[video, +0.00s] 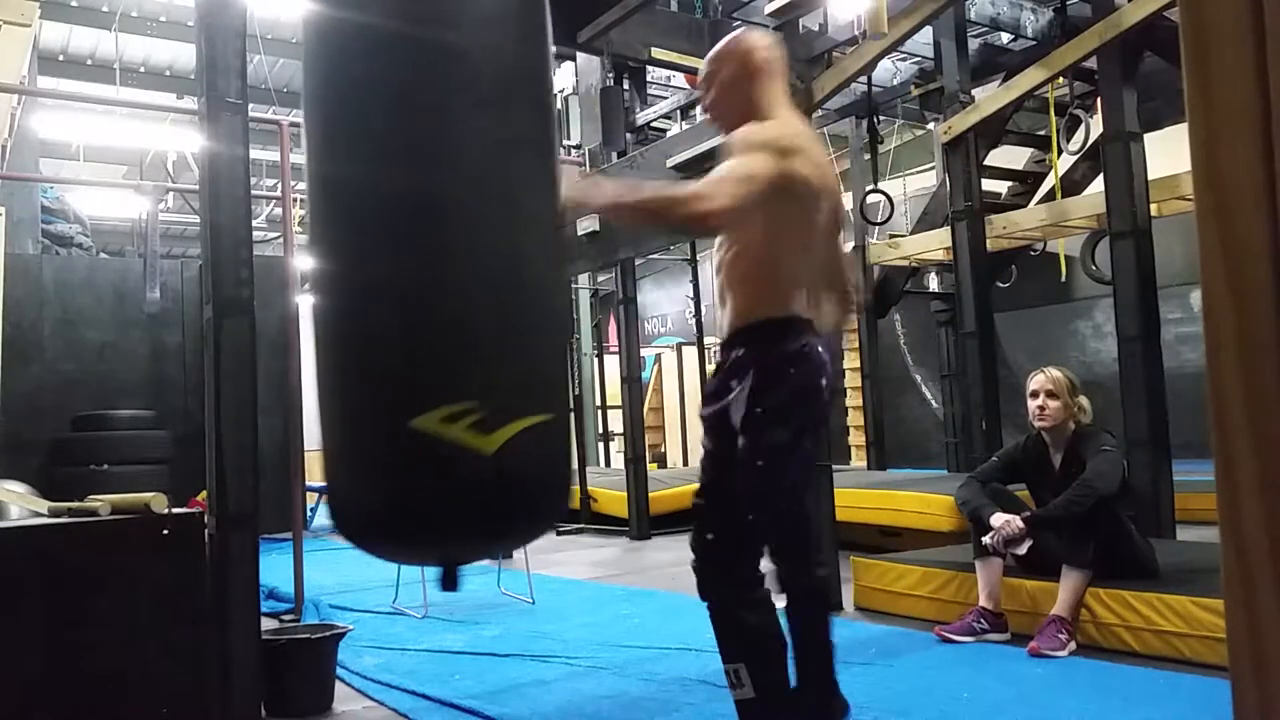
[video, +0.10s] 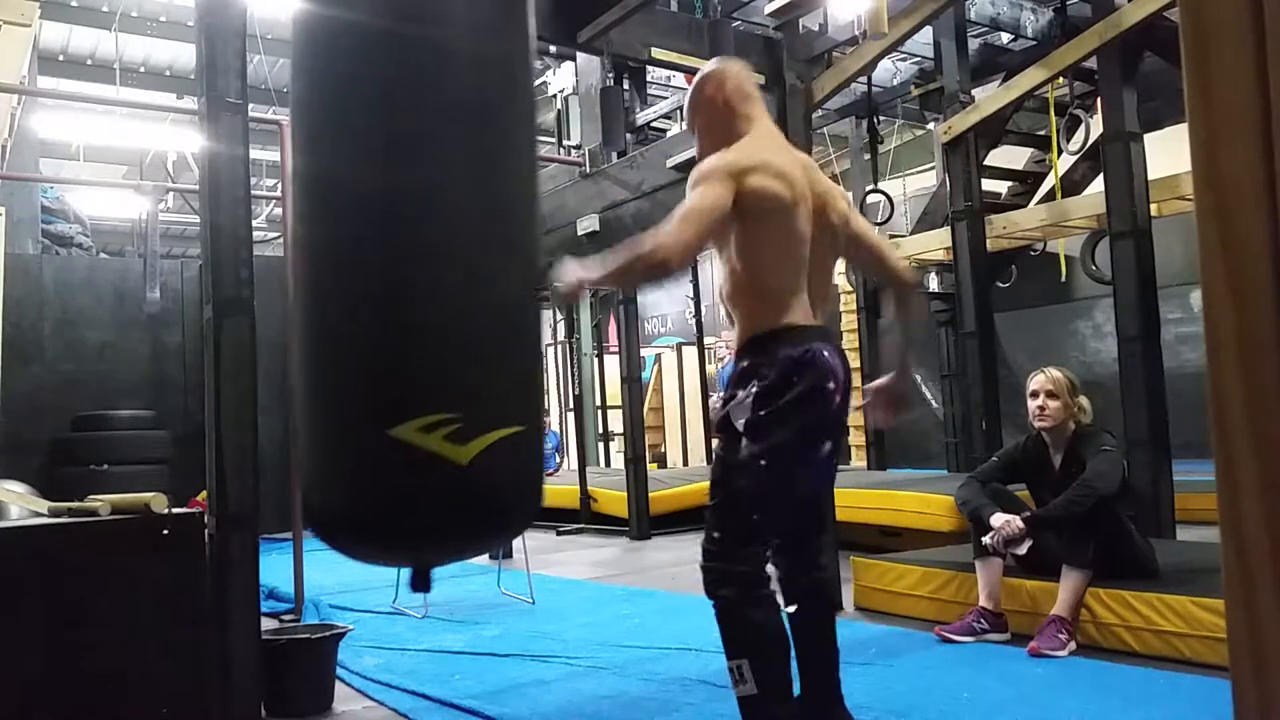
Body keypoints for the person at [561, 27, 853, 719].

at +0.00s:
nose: (707, 108)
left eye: (709, 92)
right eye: (704, 96)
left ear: (742, 77)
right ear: (770, 77)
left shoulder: (763, 141)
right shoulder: (812, 151)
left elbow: (709, 206)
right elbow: (841, 283)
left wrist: (590, 191)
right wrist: (819, 354)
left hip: (763, 363)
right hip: (805, 359)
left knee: (722, 549)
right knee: (801, 544)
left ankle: (767, 705)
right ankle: (818, 699)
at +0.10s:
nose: (693, 137)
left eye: (693, 119)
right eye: (690, 121)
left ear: (717, 104)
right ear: (755, 104)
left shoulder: (726, 164)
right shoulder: (813, 174)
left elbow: (671, 250)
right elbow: (903, 280)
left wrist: (590, 271)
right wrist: (900, 370)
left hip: (772, 378)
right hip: (821, 373)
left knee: (731, 564)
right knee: (806, 556)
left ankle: (768, 710)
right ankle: (824, 707)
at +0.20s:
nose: (701, 172)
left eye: (696, 156)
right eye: (696, 159)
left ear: (716, 133)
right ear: (751, 127)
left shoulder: (730, 189)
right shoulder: (829, 190)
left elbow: (691, 298)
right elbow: (930, 254)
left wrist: (632, 309)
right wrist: (930, 350)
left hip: (779, 383)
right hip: (826, 380)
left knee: (750, 563)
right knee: (781, 560)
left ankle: (788, 710)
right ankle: (820, 708)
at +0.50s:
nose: (724, 154)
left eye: (723, 138)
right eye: (719, 142)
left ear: (749, 118)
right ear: (772, 114)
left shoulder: (769, 171)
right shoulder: (851, 162)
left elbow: (766, 265)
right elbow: (921, 246)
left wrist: (687, 288)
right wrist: (860, 298)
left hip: (810, 355)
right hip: (860, 350)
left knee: (778, 533)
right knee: (850, 518)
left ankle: (822, 706)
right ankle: (906, 668)